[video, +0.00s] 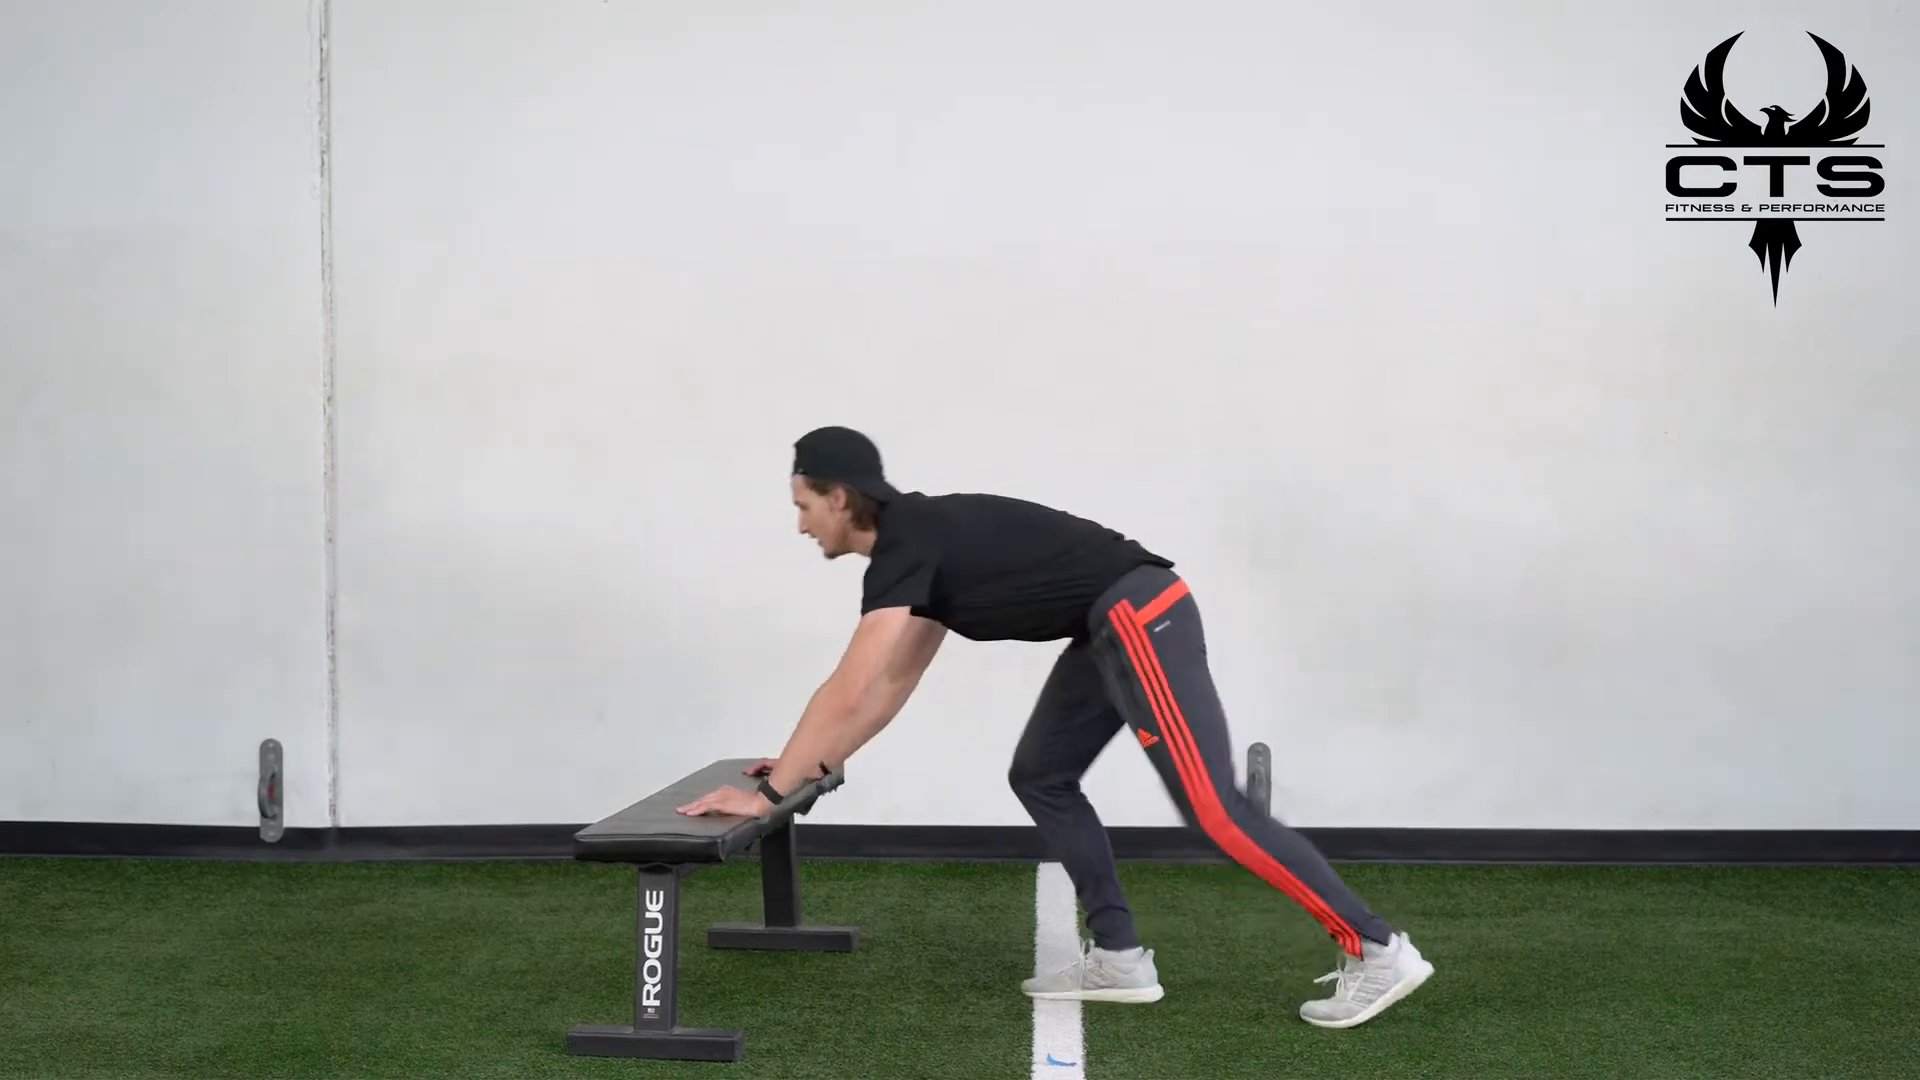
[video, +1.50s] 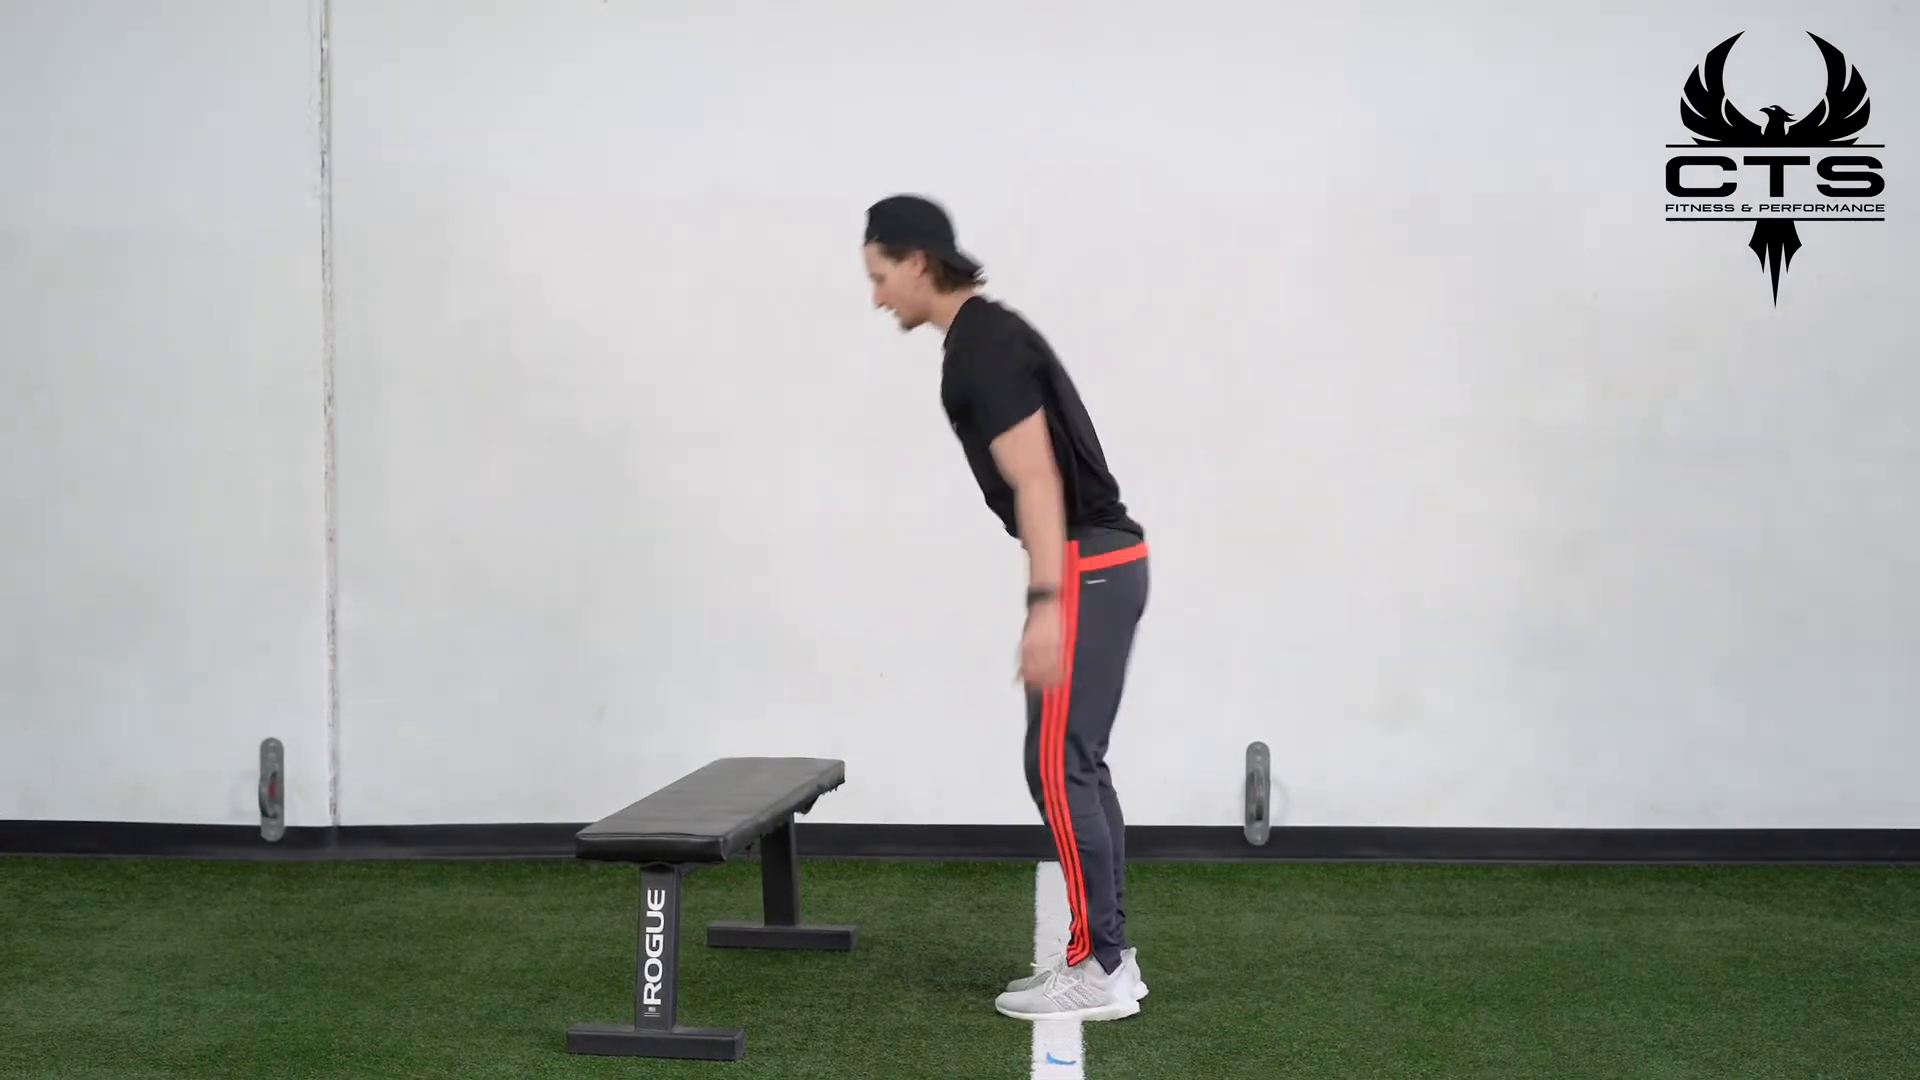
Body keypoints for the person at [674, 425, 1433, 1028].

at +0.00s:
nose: (799, 518)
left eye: (804, 502)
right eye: (797, 503)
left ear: (847, 498)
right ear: (855, 494)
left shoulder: (905, 549)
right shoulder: (925, 547)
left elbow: (850, 695)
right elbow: (888, 692)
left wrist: (767, 794)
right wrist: (810, 769)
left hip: (1139, 612)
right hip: (1105, 628)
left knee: (1215, 810)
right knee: (1042, 777)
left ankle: (1379, 949)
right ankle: (1119, 958)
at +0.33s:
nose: (857, 380)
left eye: (866, 365)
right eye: (859, 364)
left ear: (911, 370)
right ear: (917, 370)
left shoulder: (968, 440)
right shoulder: (967, 436)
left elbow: (971, 598)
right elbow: (971, 596)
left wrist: (908, 689)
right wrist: (909, 687)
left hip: (1159, 569)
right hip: (1149, 569)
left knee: (1083, 762)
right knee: (1083, 762)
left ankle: (1140, 958)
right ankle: (1128, 949)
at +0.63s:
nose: (948, 288)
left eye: (961, 274)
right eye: (952, 273)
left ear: (1004, 282)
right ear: (1003, 285)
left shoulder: (1040, 366)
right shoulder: (1024, 372)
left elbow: (1010, 461)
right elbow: (1018, 485)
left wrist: (896, 485)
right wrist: (936, 478)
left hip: (1100, 604)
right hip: (1083, 602)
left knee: (1007, 796)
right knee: (1010, 792)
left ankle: (1113, 967)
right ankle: (1108, 957)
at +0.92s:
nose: (992, 133)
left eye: (1005, 118)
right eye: (995, 118)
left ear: (1040, 123)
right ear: (1060, 124)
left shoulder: (1059, 201)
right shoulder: (1063, 200)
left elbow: (1018, 150)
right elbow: (1042, 141)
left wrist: (978, 39)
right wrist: (1042, 64)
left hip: (1050, 464)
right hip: (1047, 462)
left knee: (1049, 672)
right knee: (1047, 672)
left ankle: (1084, 877)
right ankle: (1078, 872)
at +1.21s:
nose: (970, 246)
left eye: (981, 231)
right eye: (971, 230)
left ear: (1022, 231)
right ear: (1032, 232)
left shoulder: (1050, 312)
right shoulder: (1039, 315)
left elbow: (1071, 322)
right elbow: (1045, 280)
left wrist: (1025, 234)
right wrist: (1000, 217)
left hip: (1043, 574)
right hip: (1048, 571)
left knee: (1025, 777)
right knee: (1043, 775)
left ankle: (1098, 966)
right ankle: (1099, 955)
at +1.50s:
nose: (874, 294)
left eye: (877, 275)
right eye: (871, 278)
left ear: (919, 262)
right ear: (917, 264)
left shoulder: (983, 346)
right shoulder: (978, 339)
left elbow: (1038, 479)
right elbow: (1042, 477)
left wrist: (1043, 603)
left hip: (1088, 568)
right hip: (1086, 565)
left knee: (1058, 765)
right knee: (1073, 762)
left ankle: (1102, 966)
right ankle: (1101, 954)